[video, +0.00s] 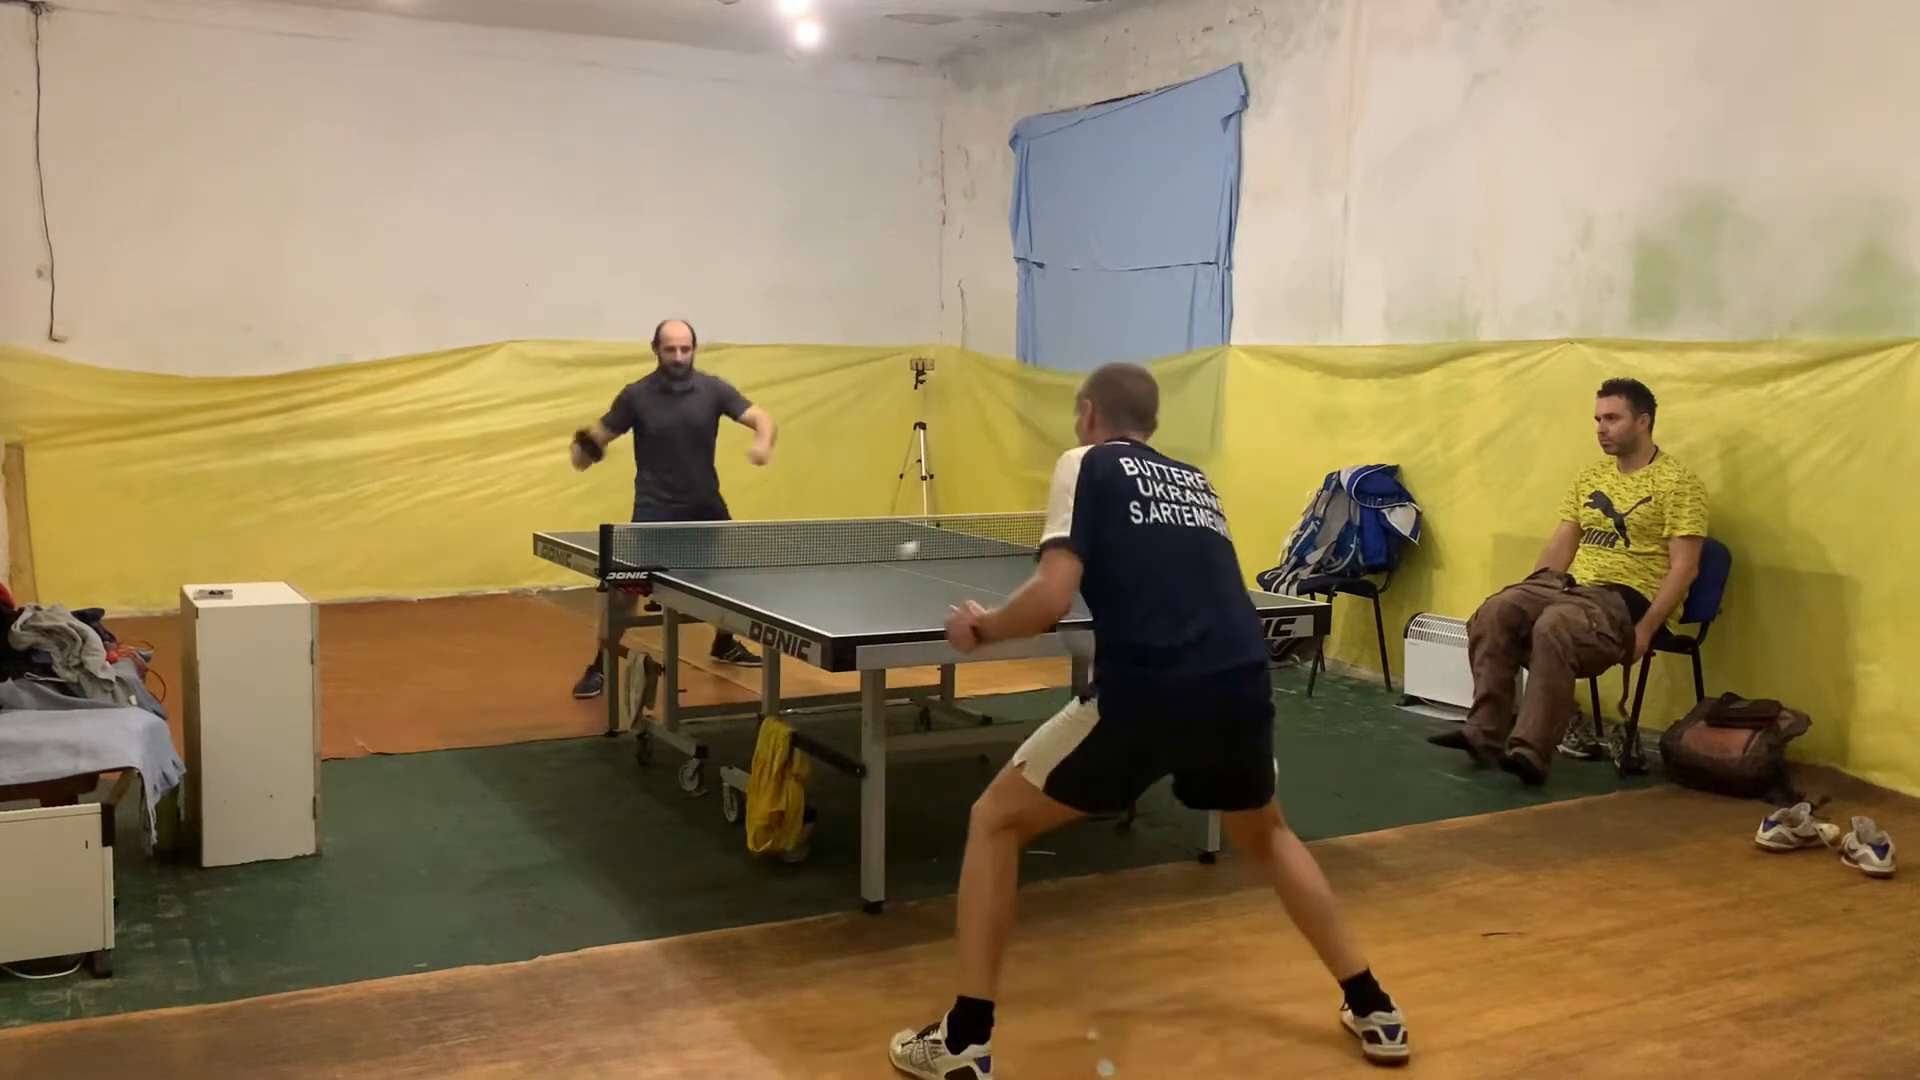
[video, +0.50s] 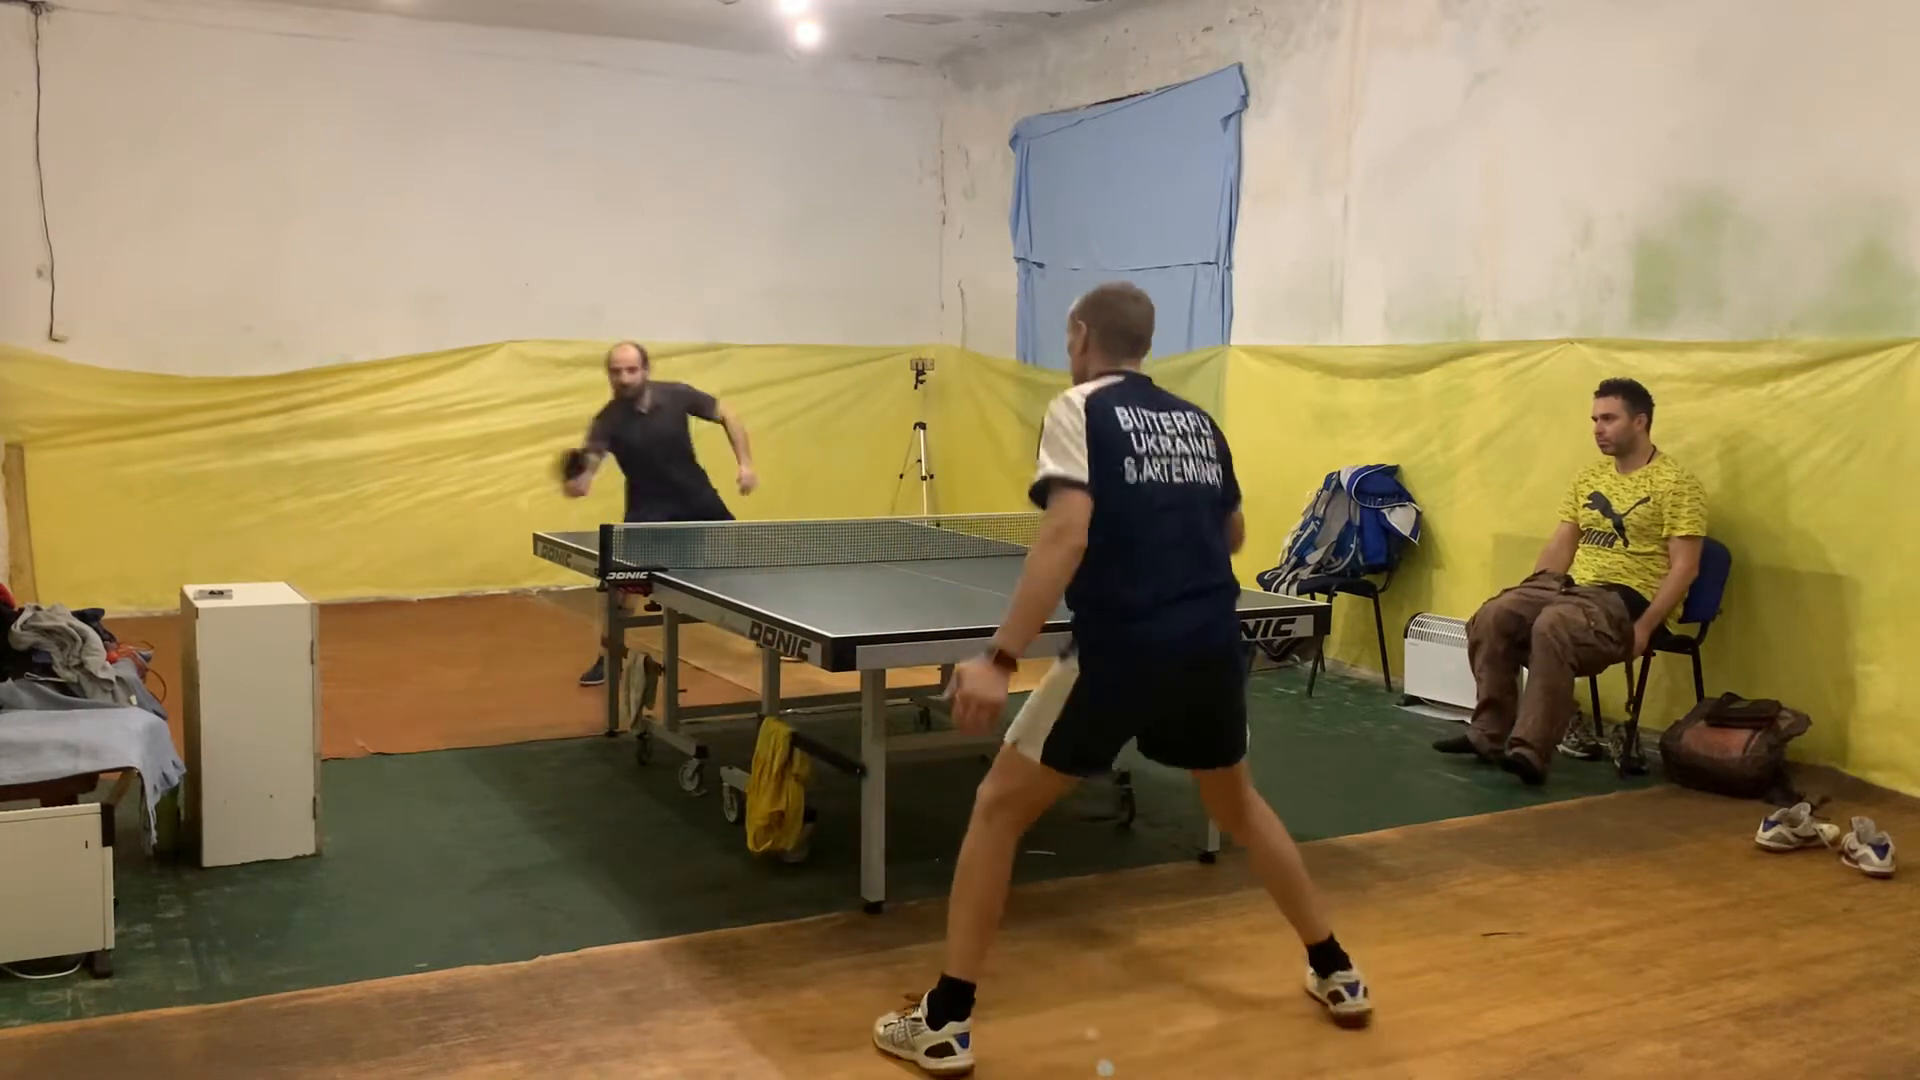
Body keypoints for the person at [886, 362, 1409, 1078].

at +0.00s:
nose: (1075, 430)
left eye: (1076, 418)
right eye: (1077, 419)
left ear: (1090, 417)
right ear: (1149, 426)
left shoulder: (1083, 464)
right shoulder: (1192, 478)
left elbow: (1051, 597)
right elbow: (1202, 587)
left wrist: (984, 628)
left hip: (1140, 700)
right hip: (1240, 693)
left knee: (995, 821)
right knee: (1268, 834)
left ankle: (966, 1034)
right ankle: (1373, 1008)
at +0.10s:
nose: (1061, 410)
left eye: (1064, 398)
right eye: (1064, 398)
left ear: (1079, 399)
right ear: (1135, 409)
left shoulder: (1078, 444)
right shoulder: (1174, 471)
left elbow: (1039, 563)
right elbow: (1176, 583)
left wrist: (939, 607)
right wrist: (1096, 652)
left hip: (1126, 680)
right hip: (1223, 675)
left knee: (992, 815)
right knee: (1246, 838)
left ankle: (964, 1033)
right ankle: (1368, 1007)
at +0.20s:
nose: (1056, 387)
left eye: (1058, 376)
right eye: (1059, 376)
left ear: (1071, 375)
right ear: (1134, 389)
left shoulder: (1077, 419)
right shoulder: (1159, 453)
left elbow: (1030, 531)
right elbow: (1167, 562)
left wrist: (909, 600)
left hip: (1118, 664)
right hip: (1214, 659)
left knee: (994, 811)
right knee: (1249, 836)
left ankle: (963, 1031)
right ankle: (1369, 1005)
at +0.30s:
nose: (1053, 352)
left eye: (1055, 340)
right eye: (1058, 340)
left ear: (1069, 339)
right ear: (1128, 351)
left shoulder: (1067, 389)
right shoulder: (1157, 415)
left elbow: (1045, 496)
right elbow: (1160, 527)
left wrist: (945, 598)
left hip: (1110, 646)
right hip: (1204, 639)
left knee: (1005, 812)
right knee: (1246, 804)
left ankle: (965, 1029)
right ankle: (1361, 969)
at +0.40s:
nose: (1057, 331)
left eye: (1059, 319)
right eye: (1060, 318)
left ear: (1074, 320)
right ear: (1135, 331)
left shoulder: (1070, 379)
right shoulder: (1182, 399)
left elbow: (1063, 491)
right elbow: (1184, 508)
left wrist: (994, 612)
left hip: (1108, 636)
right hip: (1206, 630)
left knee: (997, 789)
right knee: (1243, 791)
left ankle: (963, 1001)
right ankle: (1338, 952)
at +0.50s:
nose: (1066, 350)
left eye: (1069, 337)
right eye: (1070, 337)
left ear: (1082, 338)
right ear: (1146, 349)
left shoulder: (1077, 410)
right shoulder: (1200, 421)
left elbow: (1066, 533)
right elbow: (1231, 536)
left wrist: (999, 657)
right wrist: (1155, 574)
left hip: (1111, 659)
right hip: (1210, 653)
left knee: (999, 809)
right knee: (1239, 803)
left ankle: (946, 1016)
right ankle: (1336, 969)